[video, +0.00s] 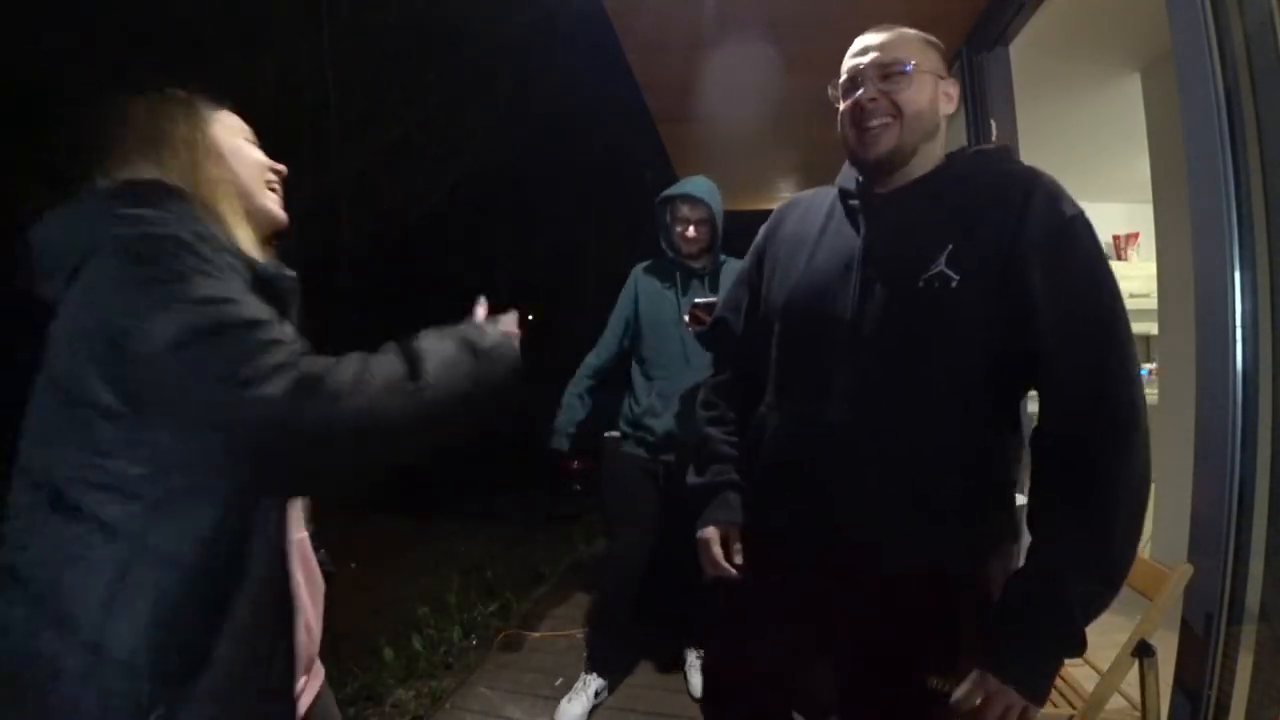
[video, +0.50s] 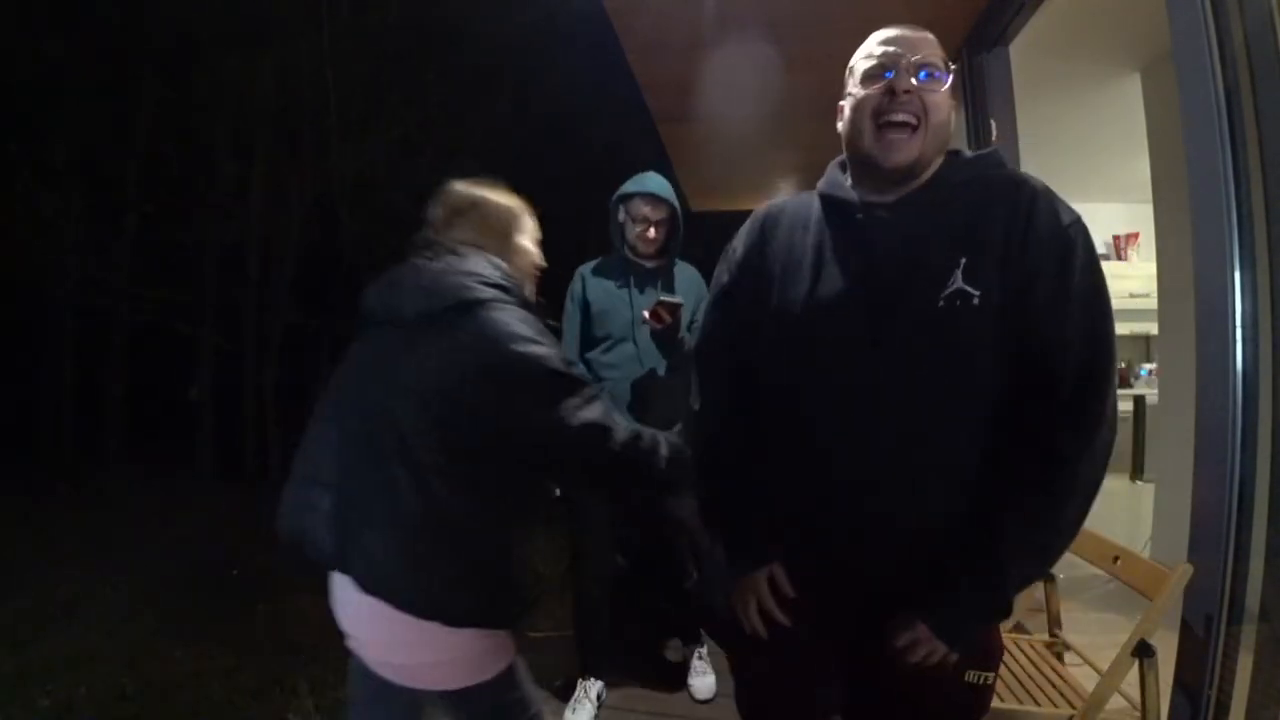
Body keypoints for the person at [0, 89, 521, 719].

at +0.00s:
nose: (277, 166)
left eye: (265, 148)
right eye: (252, 143)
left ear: (189, 161)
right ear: (191, 153)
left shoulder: (203, 266)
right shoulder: (149, 256)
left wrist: (459, 353)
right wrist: (480, 355)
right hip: (162, 684)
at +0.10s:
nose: (312, 178)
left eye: (299, 160)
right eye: (290, 158)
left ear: (233, 181)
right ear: (240, 175)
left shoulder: (207, 267)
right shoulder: (230, 276)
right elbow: (399, 380)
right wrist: (522, 314)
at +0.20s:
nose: (355, 191)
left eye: (342, 175)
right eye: (332, 174)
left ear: (282, 198)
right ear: (286, 194)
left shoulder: (246, 280)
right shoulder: (298, 288)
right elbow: (454, 372)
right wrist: (581, 369)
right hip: (278, 622)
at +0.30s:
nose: (405, 207)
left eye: (395, 192)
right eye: (387, 193)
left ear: (305, 220)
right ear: (354, 209)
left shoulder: (268, 311)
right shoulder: (383, 309)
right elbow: (507, 399)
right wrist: (603, 386)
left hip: (265, 610)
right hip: (342, 631)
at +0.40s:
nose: (476, 232)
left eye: (468, 216)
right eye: (461, 214)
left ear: (384, 231)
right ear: (424, 226)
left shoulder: (338, 300)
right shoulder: (438, 313)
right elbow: (543, 421)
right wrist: (636, 410)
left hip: (307, 582)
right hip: (384, 617)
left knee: (345, 703)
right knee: (462, 708)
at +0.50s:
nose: (542, 261)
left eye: (539, 245)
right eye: (534, 243)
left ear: (454, 242)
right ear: (497, 244)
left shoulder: (395, 308)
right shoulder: (494, 323)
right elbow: (583, 424)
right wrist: (676, 453)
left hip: (361, 570)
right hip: (447, 601)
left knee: (379, 705)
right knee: (512, 705)